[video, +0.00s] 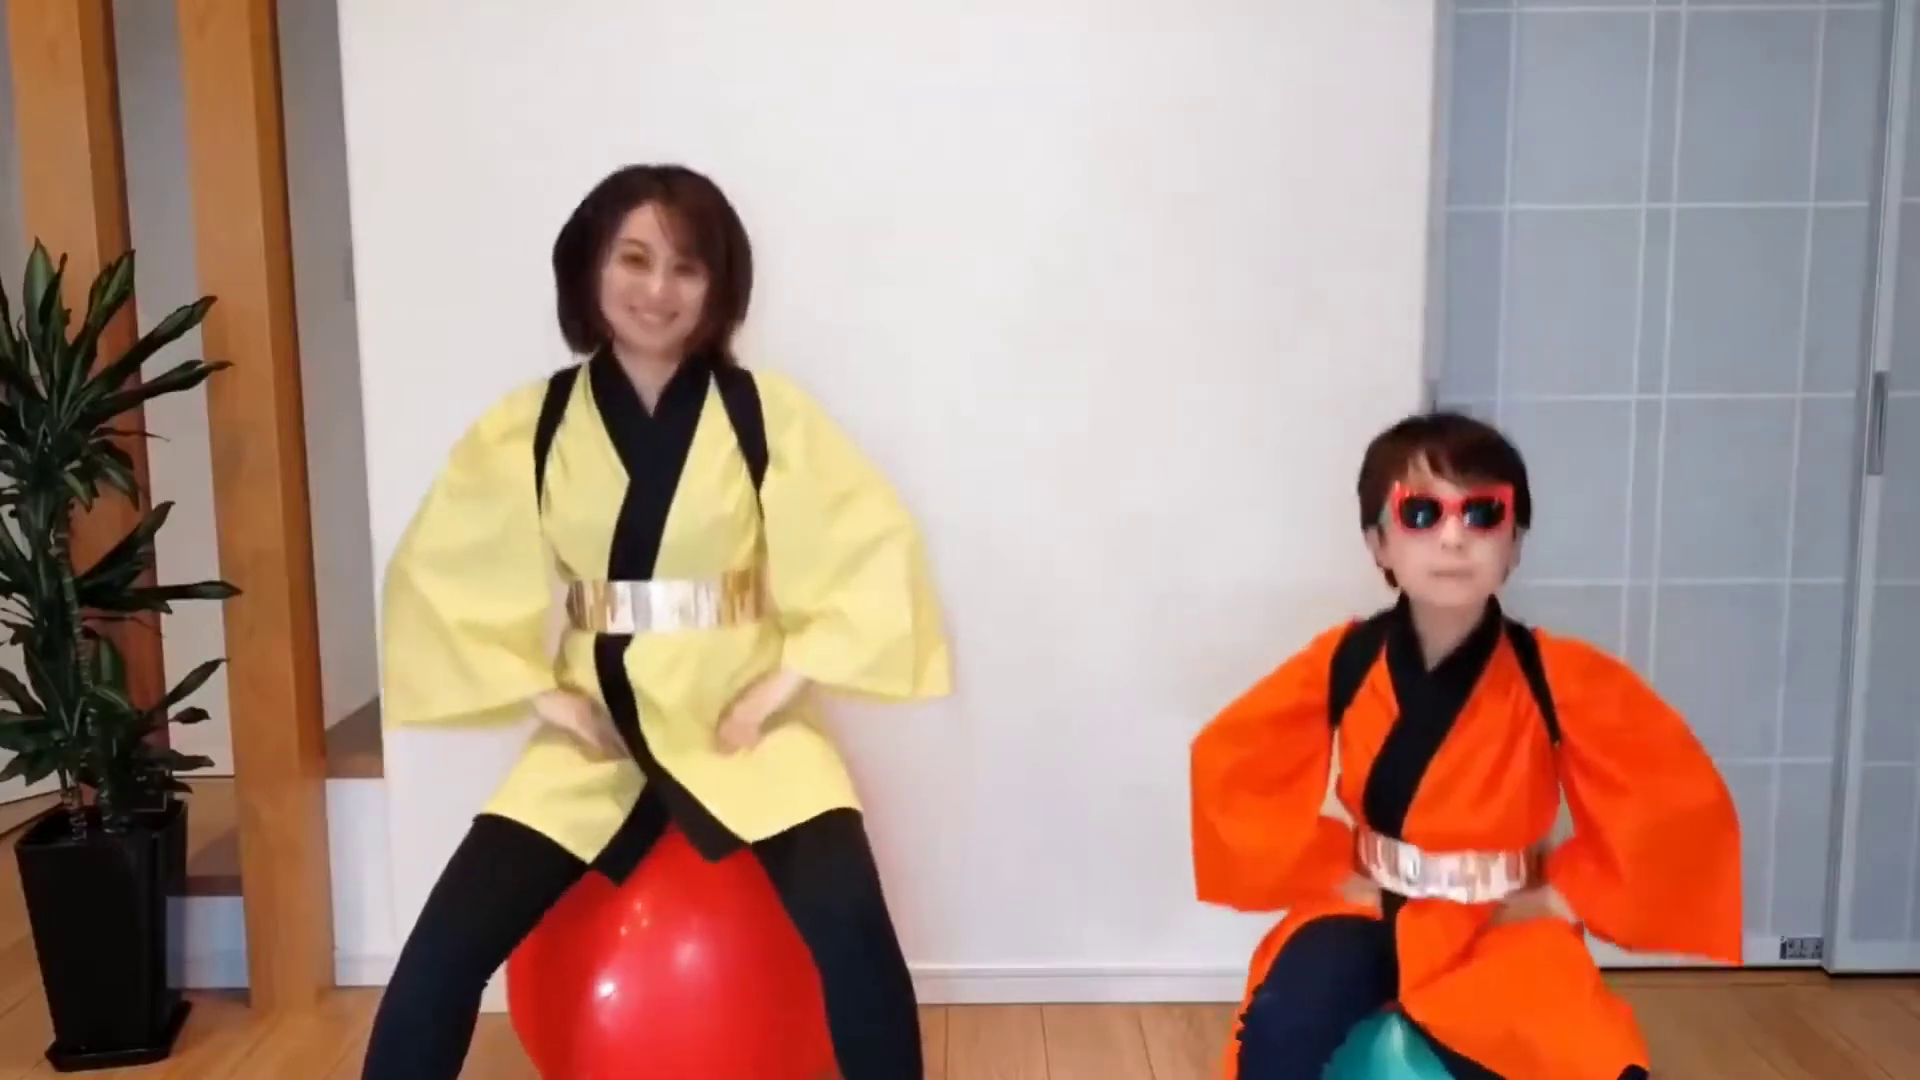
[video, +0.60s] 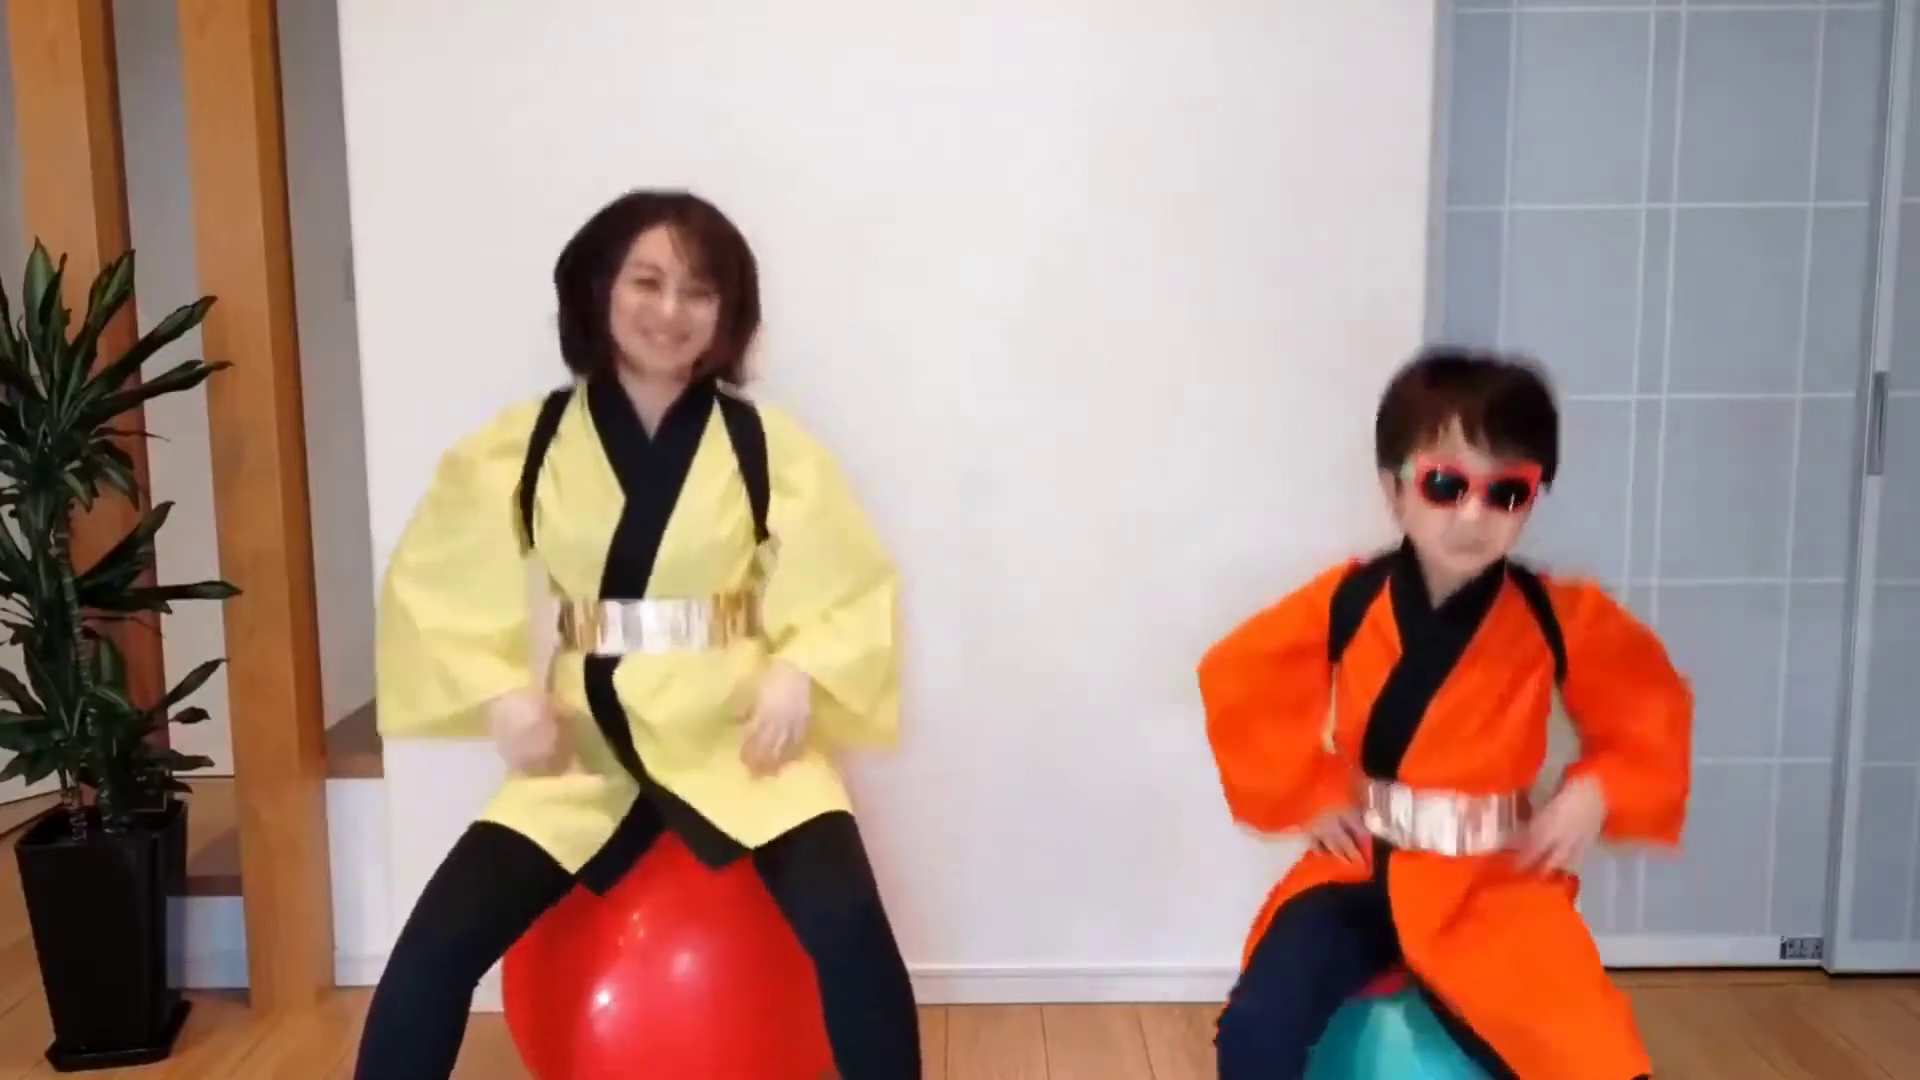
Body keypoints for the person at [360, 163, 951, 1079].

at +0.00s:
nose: (657, 288)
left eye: (686, 267)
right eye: (633, 259)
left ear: (718, 287)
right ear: (590, 272)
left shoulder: (766, 414)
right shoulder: (530, 425)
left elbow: (879, 553)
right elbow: (433, 572)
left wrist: (787, 679)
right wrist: (537, 689)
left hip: (755, 730)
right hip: (588, 739)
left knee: (855, 932)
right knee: (440, 955)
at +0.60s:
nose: (670, 312)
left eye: (698, 292)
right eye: (646, 282)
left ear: (727, 314)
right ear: (600, 295)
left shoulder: (767, 446)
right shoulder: (521, 445)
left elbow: (851, 591)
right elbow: (435, 584)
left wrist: (801, 671)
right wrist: (500, 696)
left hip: (746, 747)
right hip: (583, 754)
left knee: (853, 932)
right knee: (433, 950)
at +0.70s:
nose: (675, 383)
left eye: (702, 362)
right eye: (650, 358)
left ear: (728, 386)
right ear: (603, 375)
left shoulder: (765, 524)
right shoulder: (540, 521)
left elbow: (808, 643)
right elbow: (456, 644)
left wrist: (836, 698)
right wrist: (390, 738)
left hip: (742, 805)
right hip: (591, 814)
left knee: (844, 905)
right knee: (434, 941)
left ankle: (885, 1073)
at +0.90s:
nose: (690, 362)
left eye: (715, 343)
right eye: (665, 337)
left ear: (743, 367)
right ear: (624, 352)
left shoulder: (772, 503)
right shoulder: (556, 484)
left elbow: (871, 676)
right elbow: (431, 603)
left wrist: (816, 585)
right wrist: (363, 563)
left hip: (733, 799)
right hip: (582, 804)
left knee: (844, 928)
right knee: (427, 944)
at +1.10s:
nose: (730, 312)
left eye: (760, 292)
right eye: (707, 282)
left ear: (793, 319)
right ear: (662, 294)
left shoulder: (801, 462)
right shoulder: (578, 411)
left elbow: (833, 601)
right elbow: (471, 501)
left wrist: (832, 674)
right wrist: (476, 580)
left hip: (733, 733)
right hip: (577, 735)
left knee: (849, 882)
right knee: (408, 933)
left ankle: (917, 1072)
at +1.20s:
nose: (737, 367)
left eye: (766, 348)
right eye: (716, 339)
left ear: (799, 375)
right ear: (675, 356)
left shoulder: (805, 531)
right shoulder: (588, 484)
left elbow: (824, 694)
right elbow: (491, 623)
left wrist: (875, 827)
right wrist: (498, 747)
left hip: (735, 787)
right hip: (577, 782)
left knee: (857, 935)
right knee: (394, 940)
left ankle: (915, 1073)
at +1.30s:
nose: (720, 419)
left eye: (748, 400)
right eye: (695, 397)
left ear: (780, 428)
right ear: (657, 417)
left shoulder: (797, 588)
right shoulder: (588, 547)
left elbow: (867, 728)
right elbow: (509, 666)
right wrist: (493, 742)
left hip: (734, 846)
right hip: (578, 842)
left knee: (854, 921)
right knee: (401, 940)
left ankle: (910, 1077)